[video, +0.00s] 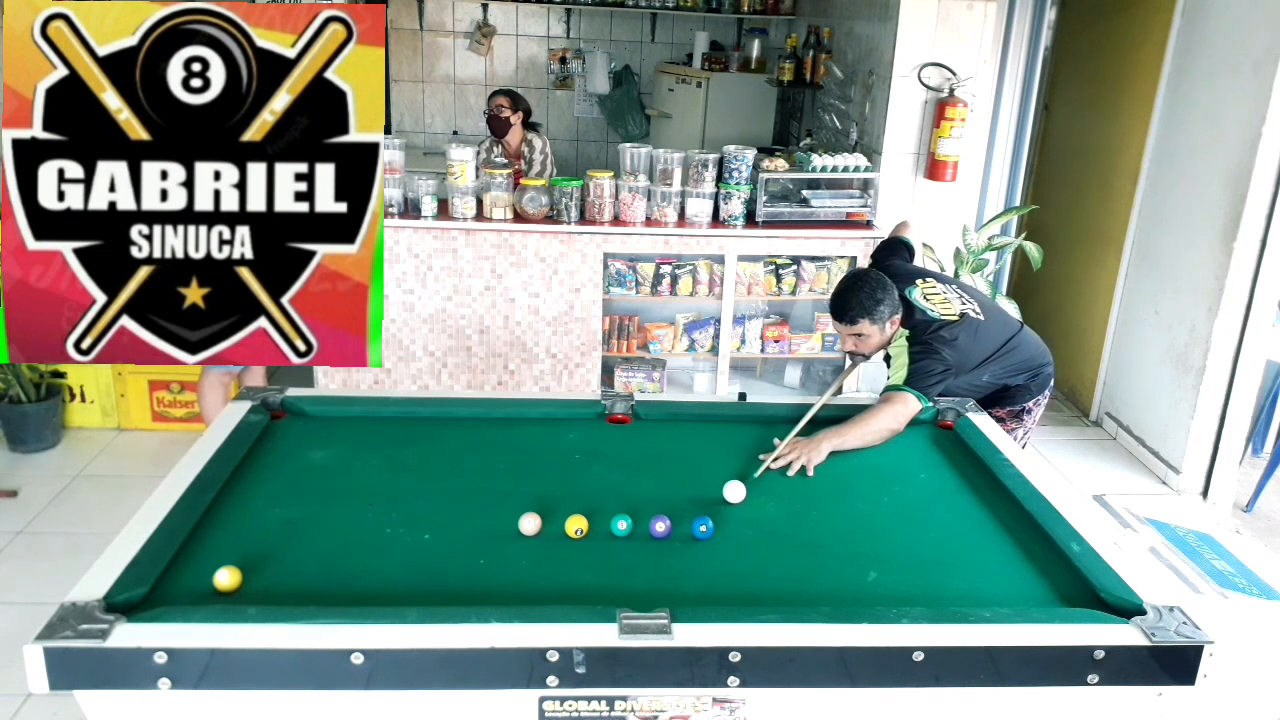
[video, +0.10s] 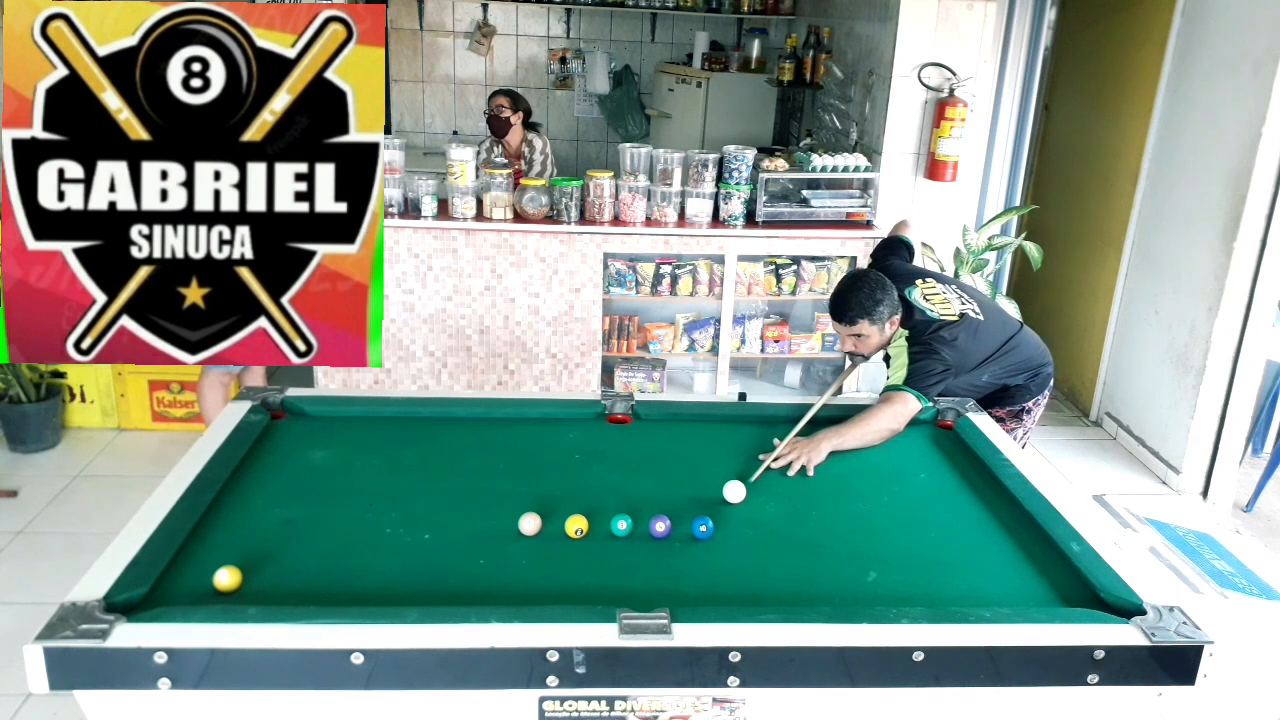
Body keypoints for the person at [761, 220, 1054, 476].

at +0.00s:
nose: (848, 346)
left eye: (859, 336)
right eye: (841, 333)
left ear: (893, 323)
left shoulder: (927, 350)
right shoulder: (889, 270)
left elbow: (893, 416)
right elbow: (905, 228)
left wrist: (825, 440)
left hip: (1023, 375)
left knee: (987, 476)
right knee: (948, 459)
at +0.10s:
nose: (847, 347)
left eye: (857, 337)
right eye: (840, 334)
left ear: (892, 324)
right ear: (837, 317)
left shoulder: (928, 350)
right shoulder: (889, 271)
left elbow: (894, 415)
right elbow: (905, 227)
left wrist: (824, 440)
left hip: (1022, 376)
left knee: (985, 477)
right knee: (946, 461)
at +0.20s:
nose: (845, 348)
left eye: (857, 337)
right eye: (839, 335)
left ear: (892, 325)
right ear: (835, 317)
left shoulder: (927, 350)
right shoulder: (888, 270)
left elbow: (894, 415)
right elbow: (904, 226)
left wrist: (824, 440)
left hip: (1022, 375)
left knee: (985, 476)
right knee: (945, 459)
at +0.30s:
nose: (844, 349)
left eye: (855, 338)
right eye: (838, 335)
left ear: (891, 326)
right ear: (834, 317)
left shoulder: (927, 350)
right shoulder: (887, 271)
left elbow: (894, 415)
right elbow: (903, 227)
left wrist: (824, 440)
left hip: (1022, 375)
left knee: (984, 476)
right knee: (944, 459)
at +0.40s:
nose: (844, 349)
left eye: (855, 339)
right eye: (838, 336)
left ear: (890, 327)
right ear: (834, 317)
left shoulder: (927, 350)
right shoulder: (886, 271)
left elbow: (894, 415)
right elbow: (903, 227)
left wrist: (824, 440)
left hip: (1021, 375)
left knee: (984, 476)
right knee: (944, 460)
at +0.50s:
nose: (844, 350)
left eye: (855, 340)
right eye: (837, 336)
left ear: (890, 327)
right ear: (834, 317)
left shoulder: (926, 351)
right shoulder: (885, 272)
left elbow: (894, 415)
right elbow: (902, 228)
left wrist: (824, 440)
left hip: (1021, 375)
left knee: (985, 476)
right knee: (945, 460)